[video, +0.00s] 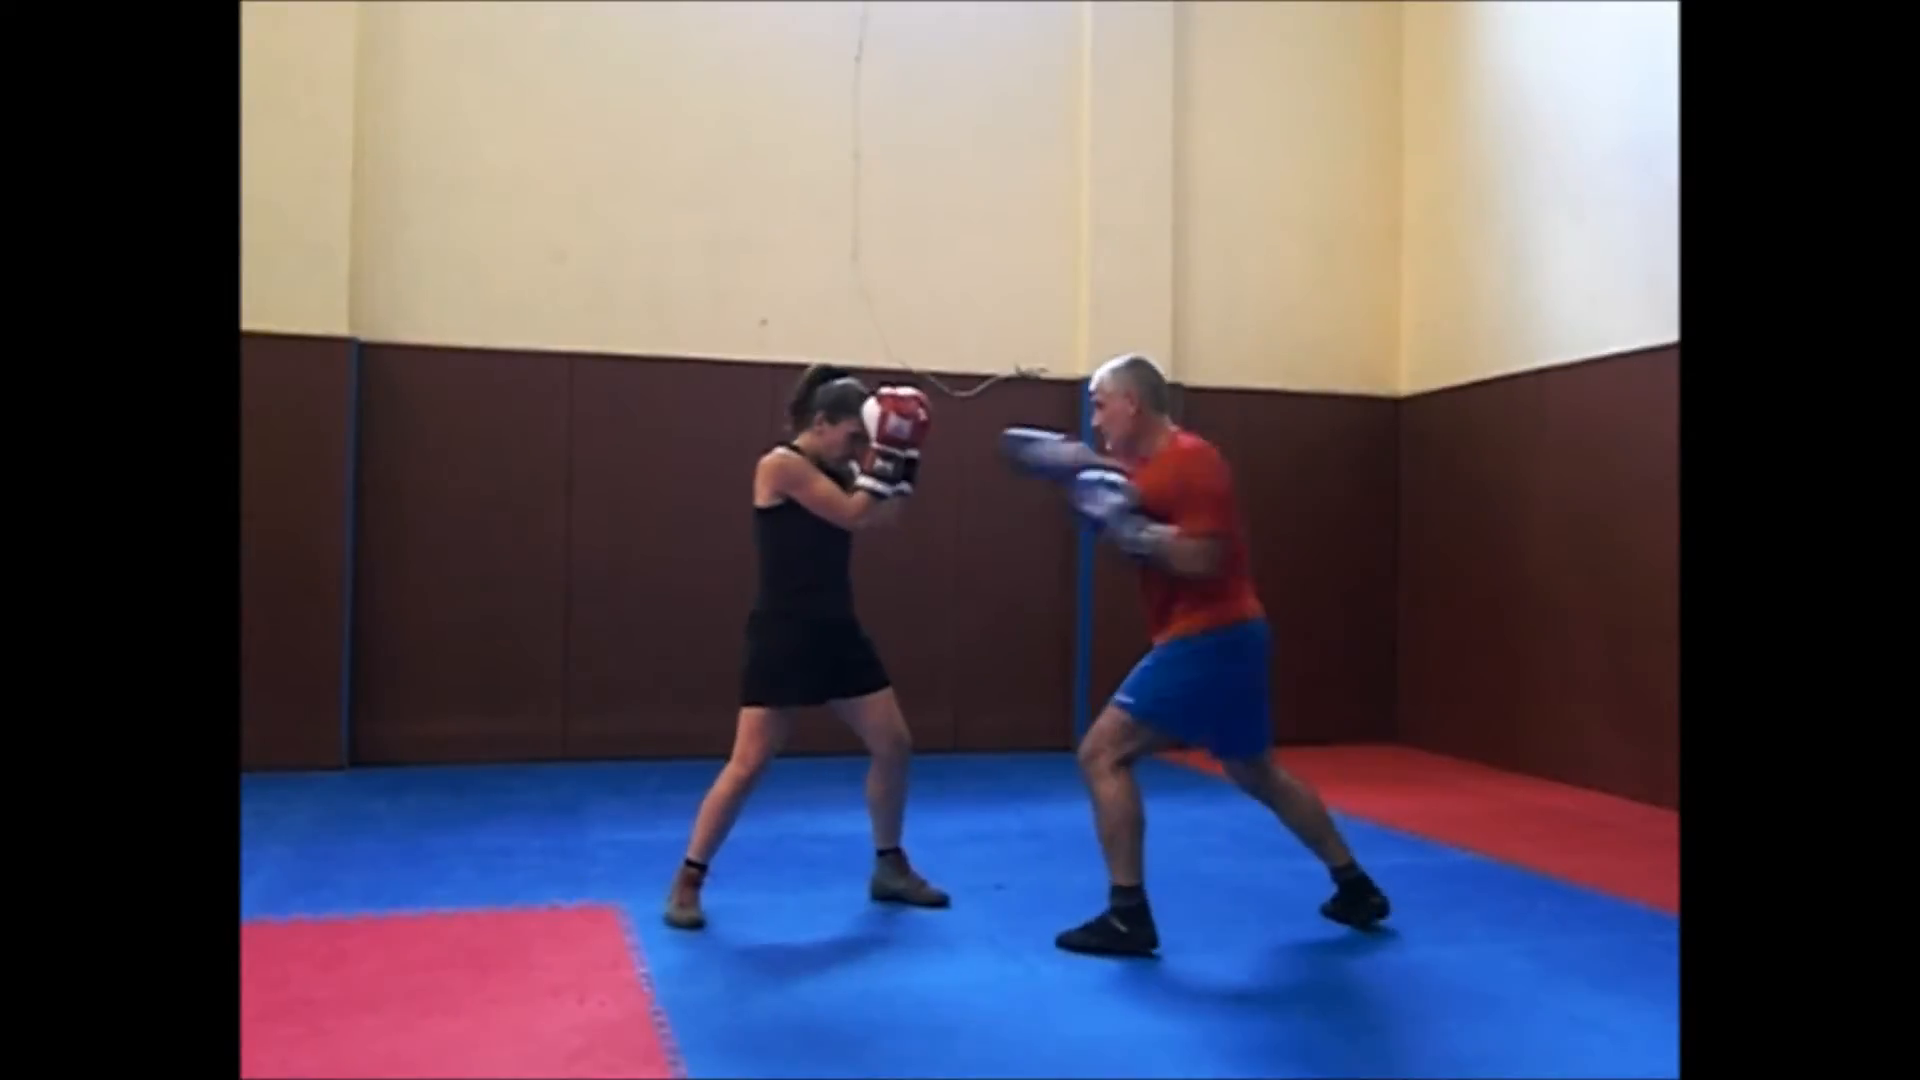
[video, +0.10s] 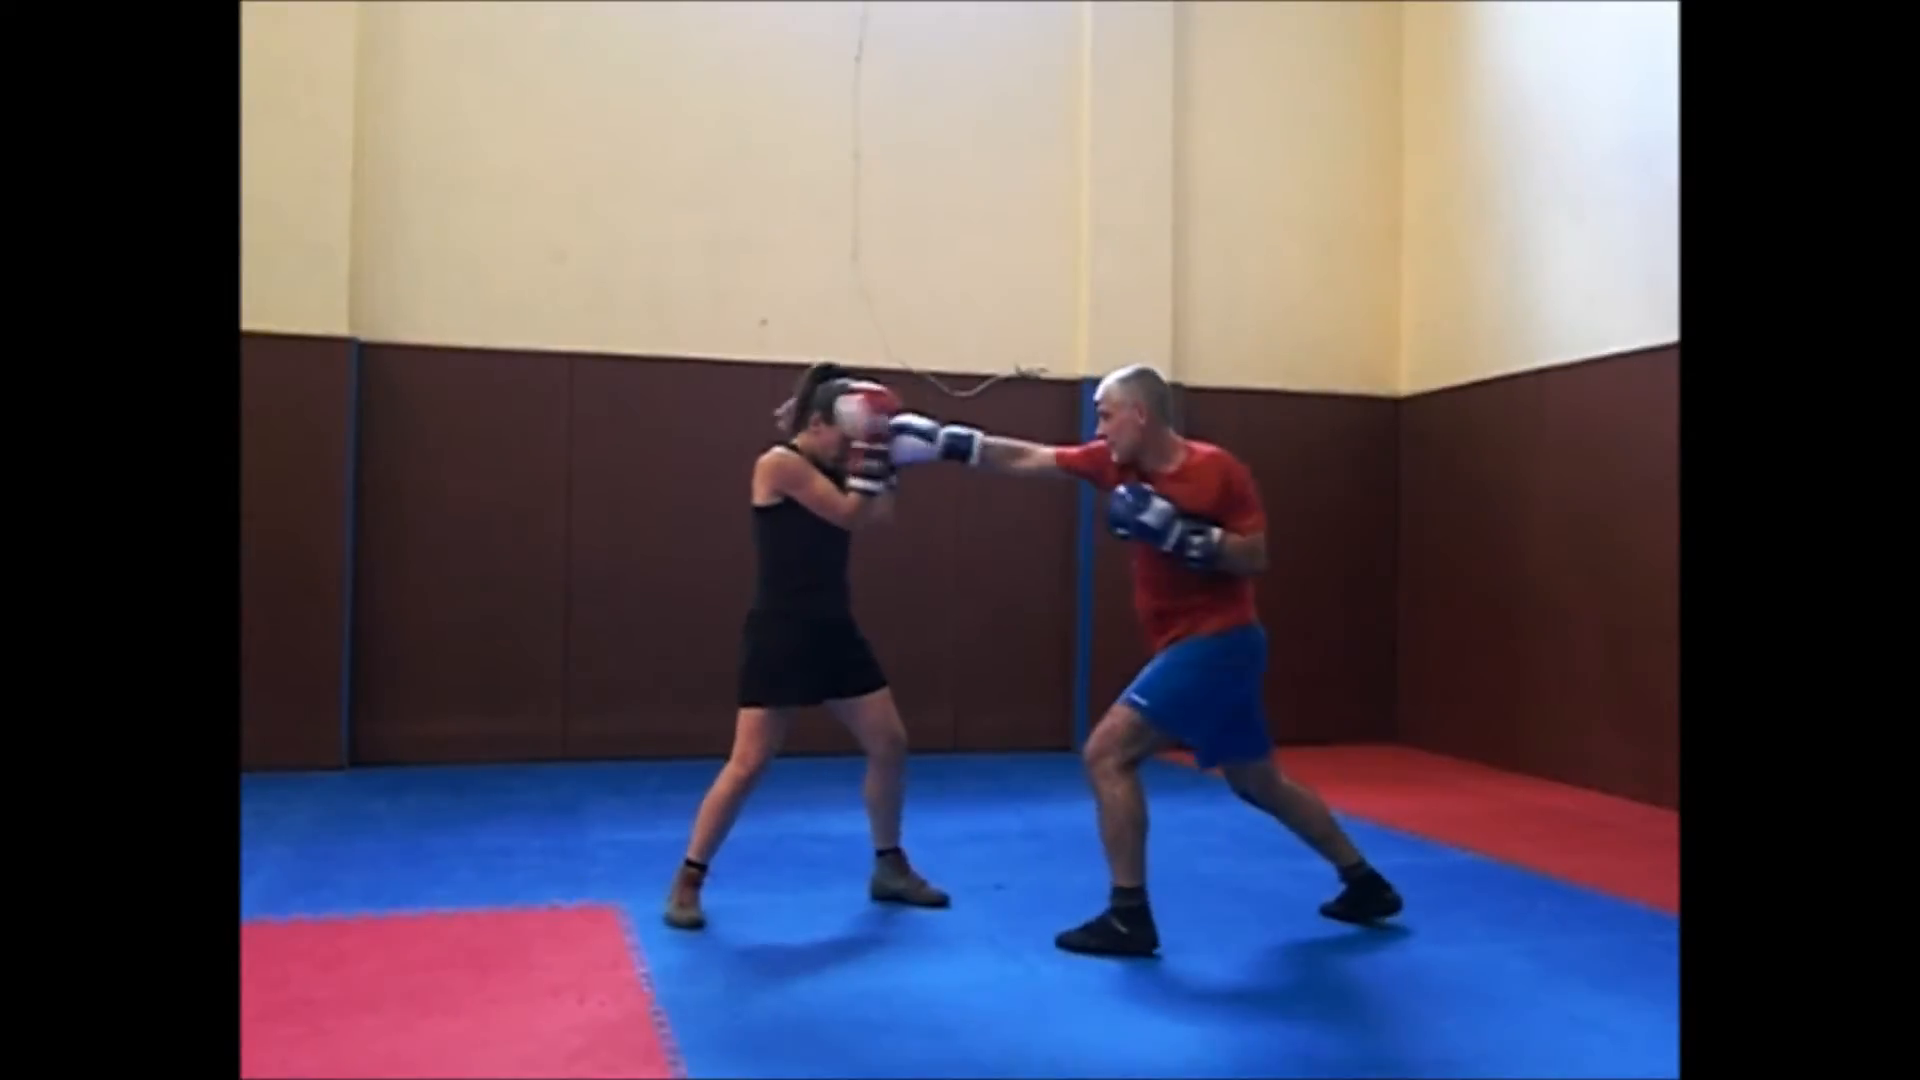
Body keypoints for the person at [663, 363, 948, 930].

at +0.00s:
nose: (855, 447)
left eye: (860, 438)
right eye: (852, 435)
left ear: (840, 429)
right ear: (821, 423)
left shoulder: (831, 472)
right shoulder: (780, 466)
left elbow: (876, 513)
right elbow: (851, 514)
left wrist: (901, 467)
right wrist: (877, 475)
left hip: (835, 633)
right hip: (782, 635)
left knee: (892, 743)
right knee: (749, 762)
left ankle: (890, 868)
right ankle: (688, 881)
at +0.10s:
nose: (851, 446)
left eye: (855, 437)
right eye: (846, 434)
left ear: (834, 431)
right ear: (815, 424)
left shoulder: (828, 472)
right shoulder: (779, 465)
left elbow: (876, 515)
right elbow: (850, 514)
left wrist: (884, 463)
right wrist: (871, 466)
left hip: (832, 633)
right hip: (779, 635)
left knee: (888, 742)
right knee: (749, 761)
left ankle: (890, 868)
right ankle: (688, 880)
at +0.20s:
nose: (837, 444)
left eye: (841, 434)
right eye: (830, 433)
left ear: (833, 427)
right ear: (800, 421)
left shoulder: (820, 471)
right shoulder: (767, 465)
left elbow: (874, 513)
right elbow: (843, 509)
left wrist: (885, 444)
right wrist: (867, 447)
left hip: (832, 629)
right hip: (779, 632)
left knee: (886, 741)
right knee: (750, 761)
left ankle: (890, 868)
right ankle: (689, 880)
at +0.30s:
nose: (838, 444)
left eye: (842, 433)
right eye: (831, 432)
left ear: (818, 426)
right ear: (796, 422)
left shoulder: (815, 471)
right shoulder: (765, 465)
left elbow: (868, 514)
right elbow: (840, 508)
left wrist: (881, 451)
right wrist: (865, 452)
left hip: (831, 629)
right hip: (778, 632)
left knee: (883, 740)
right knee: (750, 761)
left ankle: (890, 867)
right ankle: (689, 880)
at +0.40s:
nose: (840, 449)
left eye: (845, 439)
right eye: (835, 437)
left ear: (818, 426)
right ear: (804, 423)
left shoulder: (817, 470)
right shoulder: (766, 463)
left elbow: (870, 514)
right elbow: (838, 509)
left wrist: (887, 462)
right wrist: (868, 468)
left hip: (830, 628)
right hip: (776, 631)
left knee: (879, 741)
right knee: (748, 761)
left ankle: (889, 868)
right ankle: (688, 881)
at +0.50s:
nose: (837, 443)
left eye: (841, 433)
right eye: (830, 431)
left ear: (833, 428)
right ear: (802, 421)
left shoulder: (819, 466)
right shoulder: (763, 462)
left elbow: (867, 514)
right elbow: (838, 508)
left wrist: (868, 450)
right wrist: (855, 454)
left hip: (828, 628)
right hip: (773, 631)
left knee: (876, 742)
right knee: (746, 761)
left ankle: (889, 868)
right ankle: (688, 881)